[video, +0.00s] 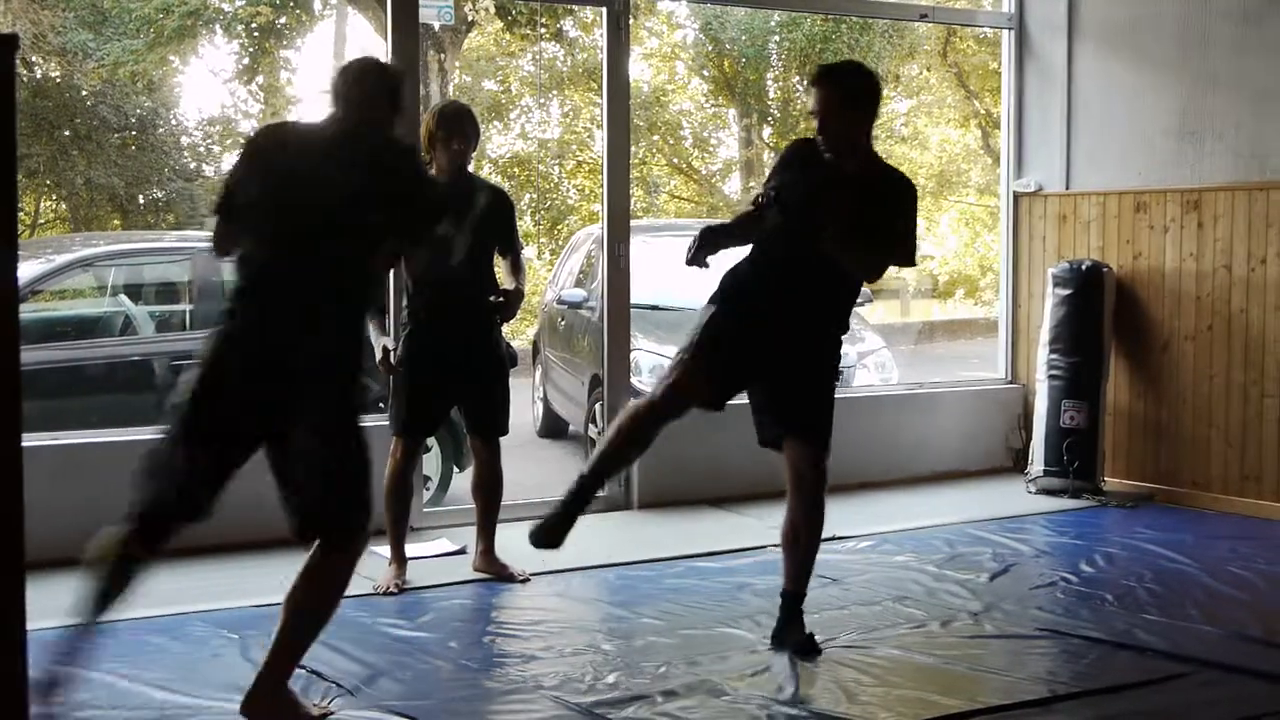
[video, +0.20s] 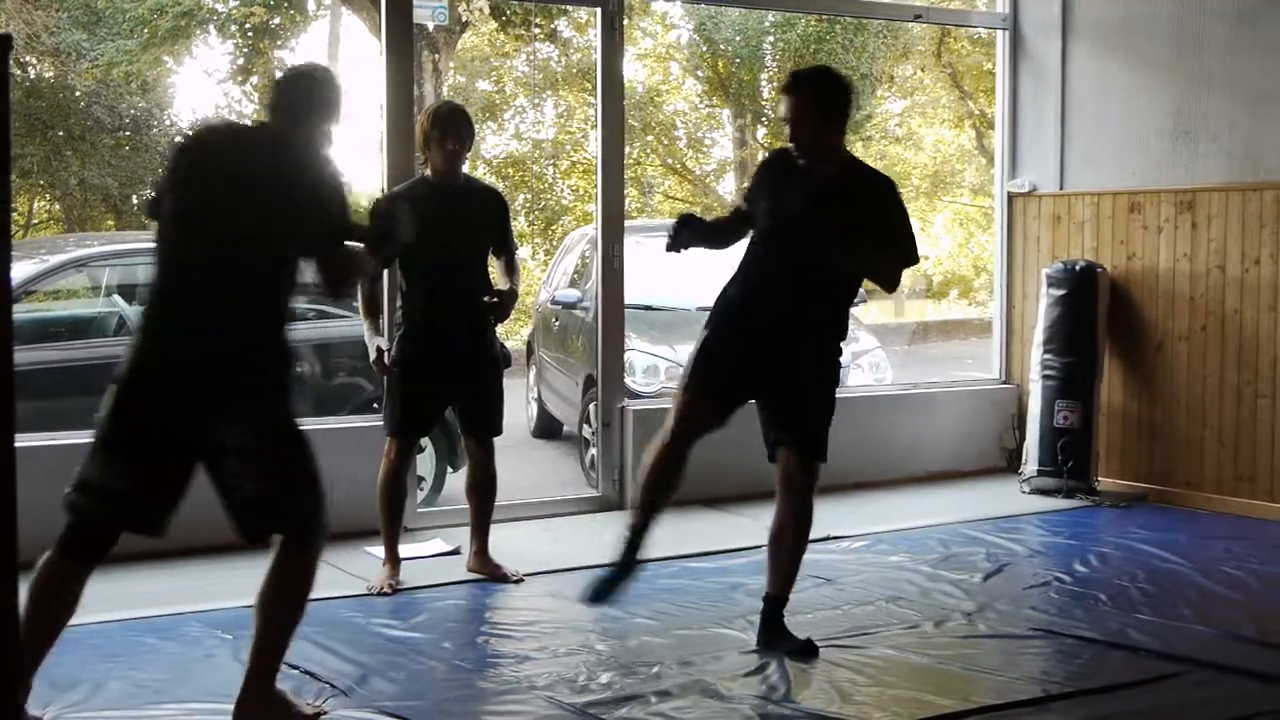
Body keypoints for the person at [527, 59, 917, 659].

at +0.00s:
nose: (818, 124)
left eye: (828, 114)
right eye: (816, 113)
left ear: (862, 114)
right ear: (817, 109)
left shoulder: (894, 189)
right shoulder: (801, 157)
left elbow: (882, 263)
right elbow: (762, 215)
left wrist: (831, 215)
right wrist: (719, 235)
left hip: (811, 338)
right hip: (745, 312)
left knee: (809, 482)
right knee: (665, 401)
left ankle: (791, 618)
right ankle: (575, 499)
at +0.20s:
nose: (788, 132)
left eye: (798, 121)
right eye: (785, 121)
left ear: (834, 119)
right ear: (790, 119)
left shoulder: (875, 191)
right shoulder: (777, 170)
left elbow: (889, 277)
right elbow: (734, 227)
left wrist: (837, 230)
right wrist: (698, 231)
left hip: (809, 348)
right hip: (739, 332)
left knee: (797, 484)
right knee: (678, 433)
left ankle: (773, 621)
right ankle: (627, 557)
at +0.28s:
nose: (773, 127)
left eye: (782, 116)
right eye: (771, 116)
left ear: (817, 116)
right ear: (780, 115)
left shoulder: (861, 186)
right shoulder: (763, 169)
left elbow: (892, 269)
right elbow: (717, 227)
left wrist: (845, 224)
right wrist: (685, 228)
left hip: (805, 348)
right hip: (734, 337)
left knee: (790, 484)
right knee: (682, 449)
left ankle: (767, 619)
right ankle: (674, 551)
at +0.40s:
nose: (759, 130)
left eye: (768, 118)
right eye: (756, 118)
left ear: (804, 114)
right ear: (758, 115)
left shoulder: (848, 179)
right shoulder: (748, 170)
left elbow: (893, 258)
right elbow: (712, 223)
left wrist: (858, 199)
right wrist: (691, 222)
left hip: (806, 351)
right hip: (736, 342)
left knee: (787, 483)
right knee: (715, 472)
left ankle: (767, 616)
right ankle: (749, 539)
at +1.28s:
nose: (730, 138)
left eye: (737, 125)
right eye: (728, 126)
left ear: (773, 120)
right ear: (745, 124)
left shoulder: (830, 169)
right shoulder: (753, 182)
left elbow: (848, 251)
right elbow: (740, 260)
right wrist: (716, 216)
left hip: (822, 346)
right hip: (762, 341)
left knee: (813, 476)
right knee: (706, 457)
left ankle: (826, 604)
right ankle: (751, 560)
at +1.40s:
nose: (727, 131)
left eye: (735, 117)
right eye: (726, 118)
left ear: (770, 116)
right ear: (747, 119)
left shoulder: (823, 168)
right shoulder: (730, 182)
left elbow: (823, 257)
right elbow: (726, 252)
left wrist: (749, 205)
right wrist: (732, 186)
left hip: (817, 346)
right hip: (752, 340)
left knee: (812, 476)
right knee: (688, 452)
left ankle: (827, 604)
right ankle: (695, 588)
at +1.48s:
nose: (721, 131)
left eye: (728, 120)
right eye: (720, 121)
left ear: (764, 115)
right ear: (741, 117)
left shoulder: (816, 174)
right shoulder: (729, 182)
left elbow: (835, 275)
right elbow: (712, 249)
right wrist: (718, 191)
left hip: (805, 349)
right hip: (740, 344)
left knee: (810, 480)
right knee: (681, 459)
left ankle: (826, 609)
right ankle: (654, 603)